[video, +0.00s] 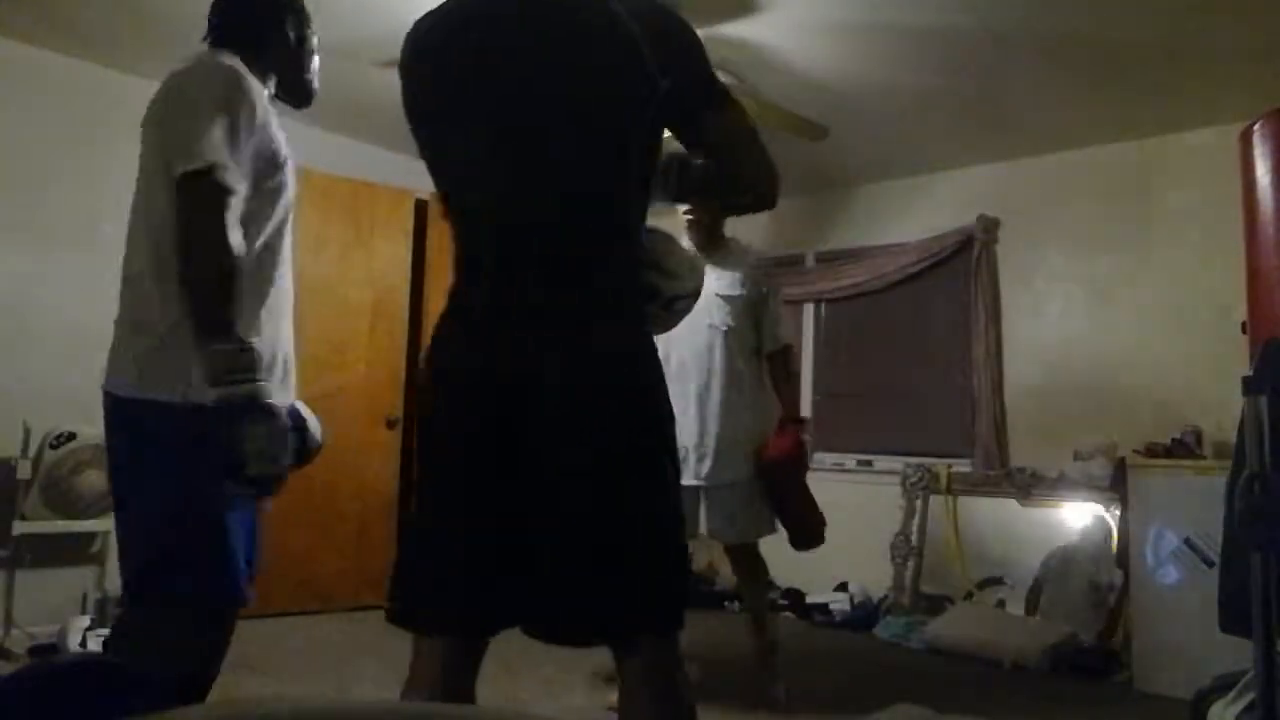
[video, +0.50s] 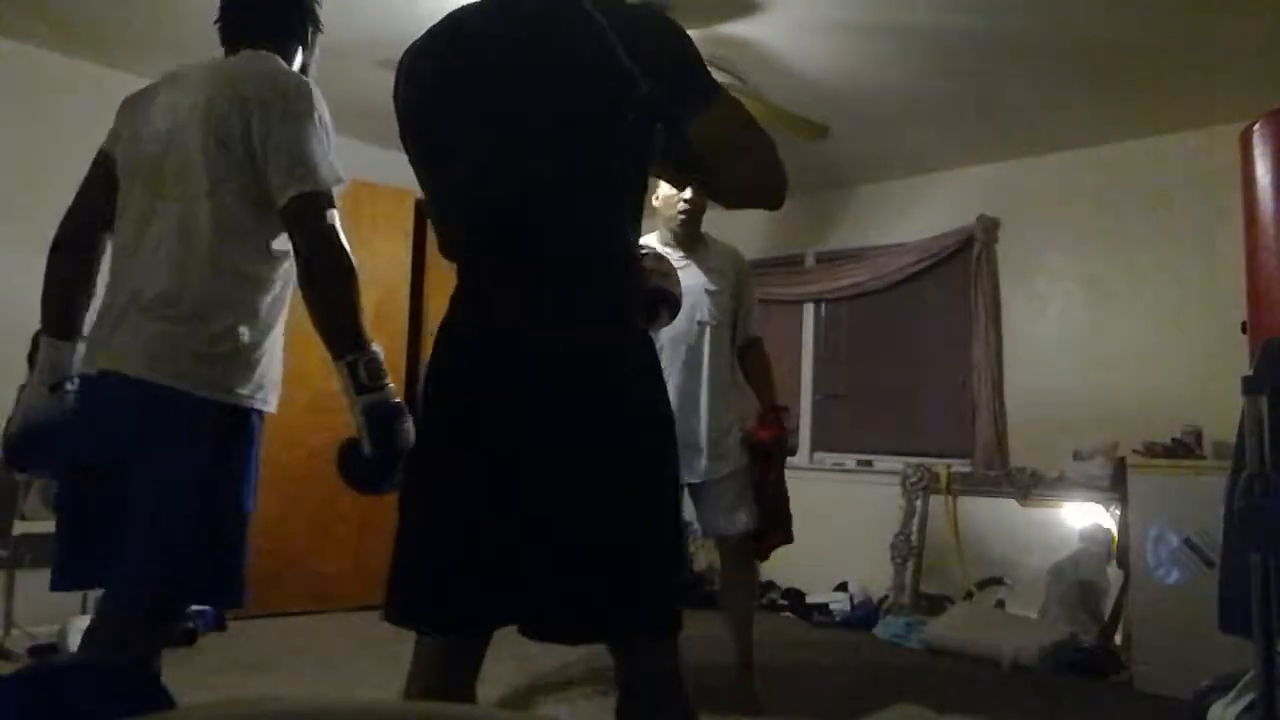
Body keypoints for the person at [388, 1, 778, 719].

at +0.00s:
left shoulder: (431, 38)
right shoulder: (643, 25)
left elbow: (474, 193)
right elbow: (752, 182)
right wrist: (648, 167)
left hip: (475, 353)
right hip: (604, 359)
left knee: (444, 647)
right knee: (646, 651)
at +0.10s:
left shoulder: (419, 46)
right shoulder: (633, 22)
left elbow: (453, 228)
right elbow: (752, 172)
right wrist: (628, 145)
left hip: (467, 359)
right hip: (598, 363)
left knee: (433, 656)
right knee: (641, 659)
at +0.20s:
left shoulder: (413, 50)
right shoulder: (627, 22)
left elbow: (443, 235)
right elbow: (752, 171)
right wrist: (625, 140)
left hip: (461, 362)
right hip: (594, 362)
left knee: (430, 654)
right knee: (638, 656)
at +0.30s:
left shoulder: (413, 55)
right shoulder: (624, 24)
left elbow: (453, 240)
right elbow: (751, 174)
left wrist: (624, 279)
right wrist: (636, 129)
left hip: (461, 360)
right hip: (592, 362)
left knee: (431, 653)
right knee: (638, 654)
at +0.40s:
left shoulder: (417, 56)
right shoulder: (624, 23)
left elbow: (453, 238)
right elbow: (755, 175)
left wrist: (625, 282)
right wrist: (634, 137)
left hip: (465, 365)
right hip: (595, 366)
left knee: (436, 648)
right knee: (639, 652)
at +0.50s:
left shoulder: (424, 59)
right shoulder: (631, 28)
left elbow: (455, 238)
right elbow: (760, 181)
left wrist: (620, 278)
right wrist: (648, 139)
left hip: (475, 363)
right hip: (604, 367)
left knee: (446, 644)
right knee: (647, 652)